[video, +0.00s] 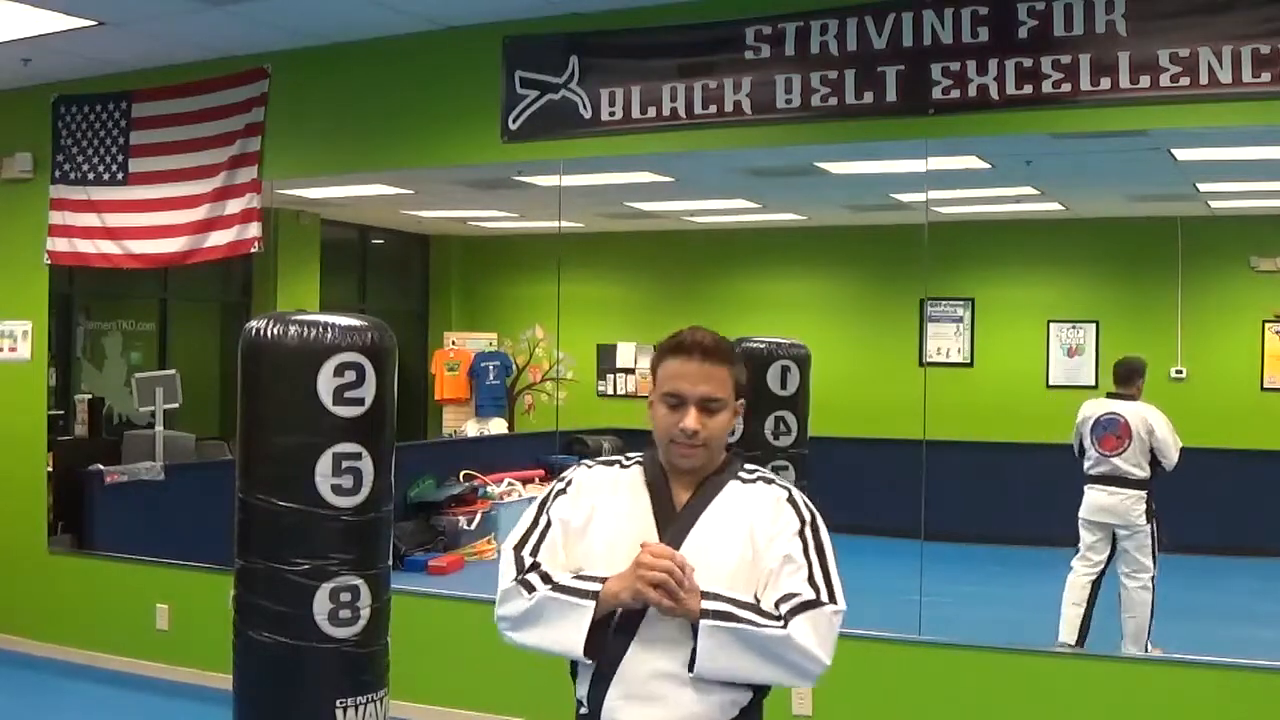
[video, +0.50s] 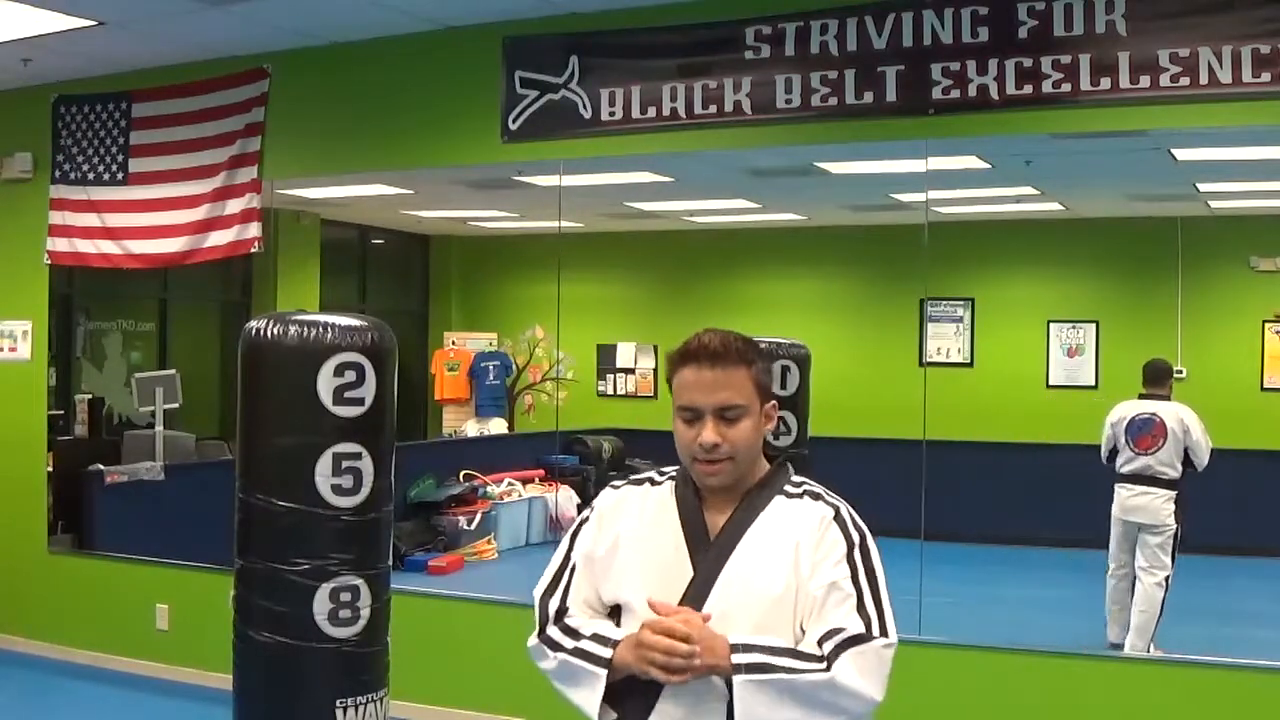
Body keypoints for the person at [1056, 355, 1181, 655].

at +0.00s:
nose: (1143, 384)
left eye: (1141, 380)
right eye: (1143, 381)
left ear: (1113, 381)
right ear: (1140, 383)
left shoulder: (1089, 409)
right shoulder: (1150, 415)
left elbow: (1079, 449)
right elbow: (1170, 459)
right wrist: (1144, 450)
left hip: (1094, 499)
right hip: (1132, 503)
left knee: (1085, 564)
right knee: (1137, 574)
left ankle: (1067, 641)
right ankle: (1135, 649)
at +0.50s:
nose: (1167, 385)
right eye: (1169, 380)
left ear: (1143, 382)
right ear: (1170, 382)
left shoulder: (1120, 411)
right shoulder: (1184, 415)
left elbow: (1107, 456)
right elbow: (1200, 460)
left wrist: (1136, 452)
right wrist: (1172, 455)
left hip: (1124, 501)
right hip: (1160, 504)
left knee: (1119, 567)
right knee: (1151, 573)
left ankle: (1116, 636)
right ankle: (1138, 647)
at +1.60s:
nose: (1201, 381)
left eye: (1194, 377)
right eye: (1199, 377)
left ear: (1172, 382)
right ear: (1198, 380)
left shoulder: (1155, 415)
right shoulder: (1216, 413)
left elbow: (1144, 459)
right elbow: (1234, 457)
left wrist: (1174, 456)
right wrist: (1207, 460)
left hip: (1165, 497)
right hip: (1203, 499)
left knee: (1157, 562)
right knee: (1215, 566)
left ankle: (1148, 635)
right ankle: (1224, 636)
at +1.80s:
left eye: (1200, 376)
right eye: (1219, 375)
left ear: (1197, 379)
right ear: (1223, 379)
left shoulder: (1177, 411)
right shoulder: (1240, 413)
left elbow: (1157, 455)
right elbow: (1260, 454)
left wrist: (1185, 450)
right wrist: (1229, 454)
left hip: (1180, 493)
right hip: (1217, 497)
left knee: (1164, 557)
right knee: (1222, 564)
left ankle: (1150, 628)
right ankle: (1226, 637)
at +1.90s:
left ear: (1205, 379)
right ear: (1232, 380)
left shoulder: (1184, 409)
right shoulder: (1247, 413)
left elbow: (1164, 452)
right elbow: (1265, 453)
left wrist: (1188, 463)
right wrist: (1234, 459)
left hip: (1183, 490)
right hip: (1220, 495)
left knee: (1166, 555)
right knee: (1224, 563)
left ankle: (1150, 627)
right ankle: (1226, 637)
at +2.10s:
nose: (1227, 380)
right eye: (1231, 376)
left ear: (1205, 379)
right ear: (1232, 380)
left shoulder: (1185, 408)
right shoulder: (1246, 415)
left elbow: (1163, 449)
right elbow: (1262, 459)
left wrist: (1187, 461)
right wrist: (1236, 449)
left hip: (1182, 491)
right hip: (1218, 497)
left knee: (1161, 552)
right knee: (1222, 564)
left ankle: (1146, 617)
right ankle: (1225, 636)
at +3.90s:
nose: (1129, 385)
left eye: (1124, 381)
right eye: (1127, 381)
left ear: (1098, 387)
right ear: (1124, 385)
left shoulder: (1081, 422)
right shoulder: (1141, 420)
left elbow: (1071, 471)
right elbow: (1160, 468)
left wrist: (1099, 479)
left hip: (1089, 507)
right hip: (1129, 511)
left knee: (1087, 574)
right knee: (1157, 573)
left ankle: (1078, 648)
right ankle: (1138, 647)